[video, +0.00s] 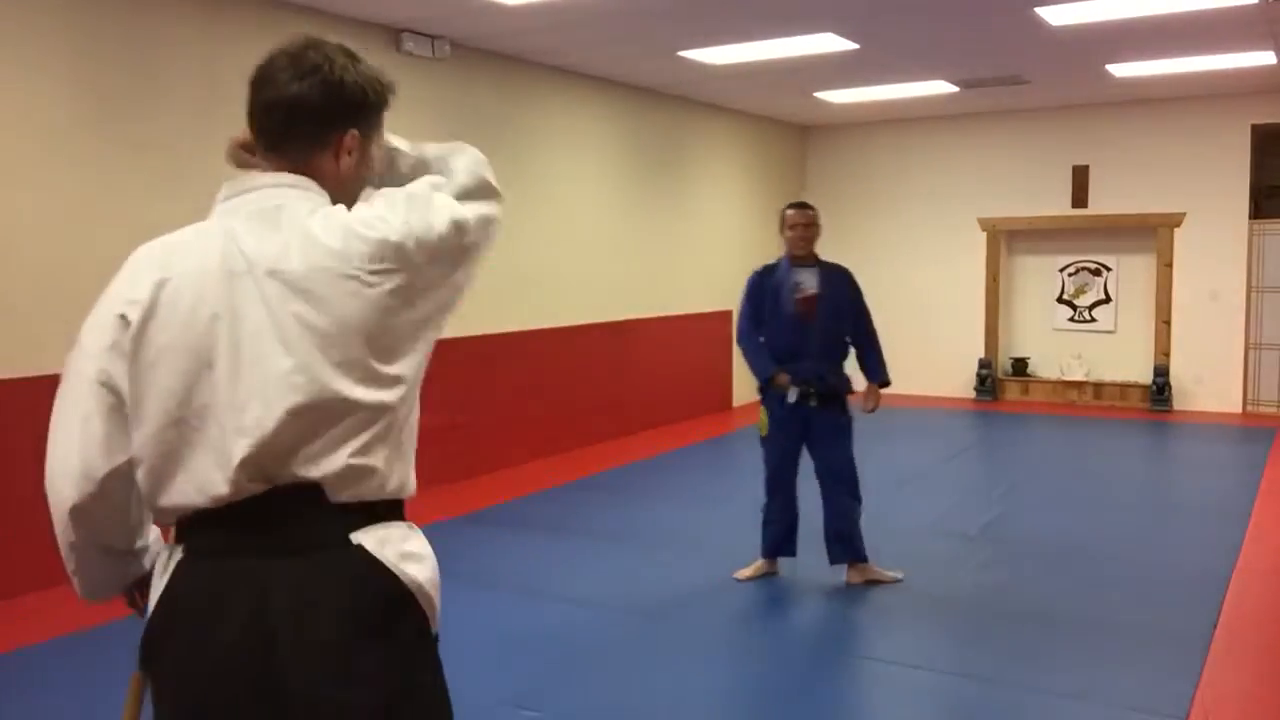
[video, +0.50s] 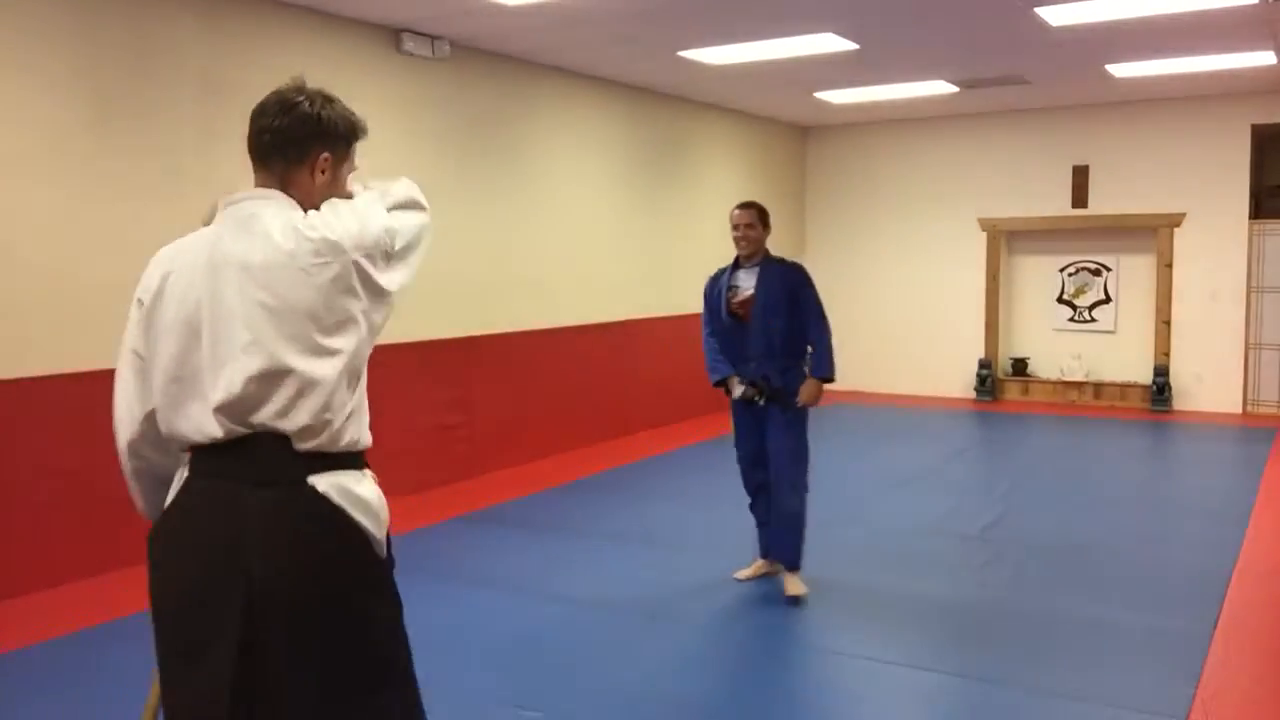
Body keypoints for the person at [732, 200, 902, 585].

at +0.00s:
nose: (801, 233)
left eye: (808, 226)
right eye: (794, 227)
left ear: (818, 231)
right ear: (782, 232)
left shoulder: (839, 278)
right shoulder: (763, 281)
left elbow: (863, 330)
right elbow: (747, 335)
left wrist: (875, 379)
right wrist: (773, 375)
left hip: (830, 396)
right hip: (782, 396)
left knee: (841, 481)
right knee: (778, 481)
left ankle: (856, 564)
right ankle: (769, 558)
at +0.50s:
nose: (742, 234)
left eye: (749, 227)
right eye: (736, 227)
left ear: (765, 231)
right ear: (730, 233)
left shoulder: (792, 275)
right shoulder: (717, 284)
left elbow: (818, 327)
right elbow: (711, 337)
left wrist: (817, 376)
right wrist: (728, 377)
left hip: (786, 391)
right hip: (744, 393)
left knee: (787, 476)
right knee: (754, 475)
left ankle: (790, 567)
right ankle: (770, 556)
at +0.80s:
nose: (739, 234)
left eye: (747, 228)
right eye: (735, 227)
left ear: (766, 232)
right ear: (730, 231)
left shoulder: (789, 282)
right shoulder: (718, 280)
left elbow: (806, 339)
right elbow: (701, 332)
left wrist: (795, 389)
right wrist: (709, 368)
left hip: (771, 396)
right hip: (731, 393)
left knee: (764, 482)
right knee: (740, 479)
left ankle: (760, 572)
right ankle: (761, 551)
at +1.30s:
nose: (733, 231)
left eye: (741, 225)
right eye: (728, 224)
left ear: (762, 229)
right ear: (724, 228)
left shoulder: (786, 279)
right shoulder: (714, 276)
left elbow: (804, 339)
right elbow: (691, 329)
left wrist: (792, 397)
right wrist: (673, 374)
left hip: (761, 404)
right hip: (716, 400)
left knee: (759, 495)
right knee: (700, 485)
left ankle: (759, 580)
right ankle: (721, 567)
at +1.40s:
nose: (726, 232)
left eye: (734, 225)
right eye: (721, 225)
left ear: (756, 230)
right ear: (718, 229)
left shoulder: (780, 282)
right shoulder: (708, 277)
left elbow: (802, 342)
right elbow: (684, 329)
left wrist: (791, 399)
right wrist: (663, 376)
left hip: (757, 405)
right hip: (710, 402)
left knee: (758, 496)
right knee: (696, 487)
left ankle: (758, 582)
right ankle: (697, 577)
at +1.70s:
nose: (691, 235)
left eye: (700, 228)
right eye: (687, 228)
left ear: (721, 233)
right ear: (683, 232)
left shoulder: (747, 288)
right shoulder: (676, 286)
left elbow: (765, 351)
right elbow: (662, 348)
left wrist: (761, 410)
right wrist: (649, 399)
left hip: (731, 413)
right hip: (683, 413)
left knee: (744, 504)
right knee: (677, 502)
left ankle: (757, 584)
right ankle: (672, 590)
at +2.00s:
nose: (663, 233)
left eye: (672, 226)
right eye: (658, 225)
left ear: (693, 230)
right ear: (654, 230)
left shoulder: (719, 284)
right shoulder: (644, 284)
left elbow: (740, 347)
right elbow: (624, 343)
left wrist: (726, 402)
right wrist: (609, 389)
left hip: (708, 412)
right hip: (661, 413)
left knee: (723, 502)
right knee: (664, 504)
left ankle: (739, 582)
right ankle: (671, 592)